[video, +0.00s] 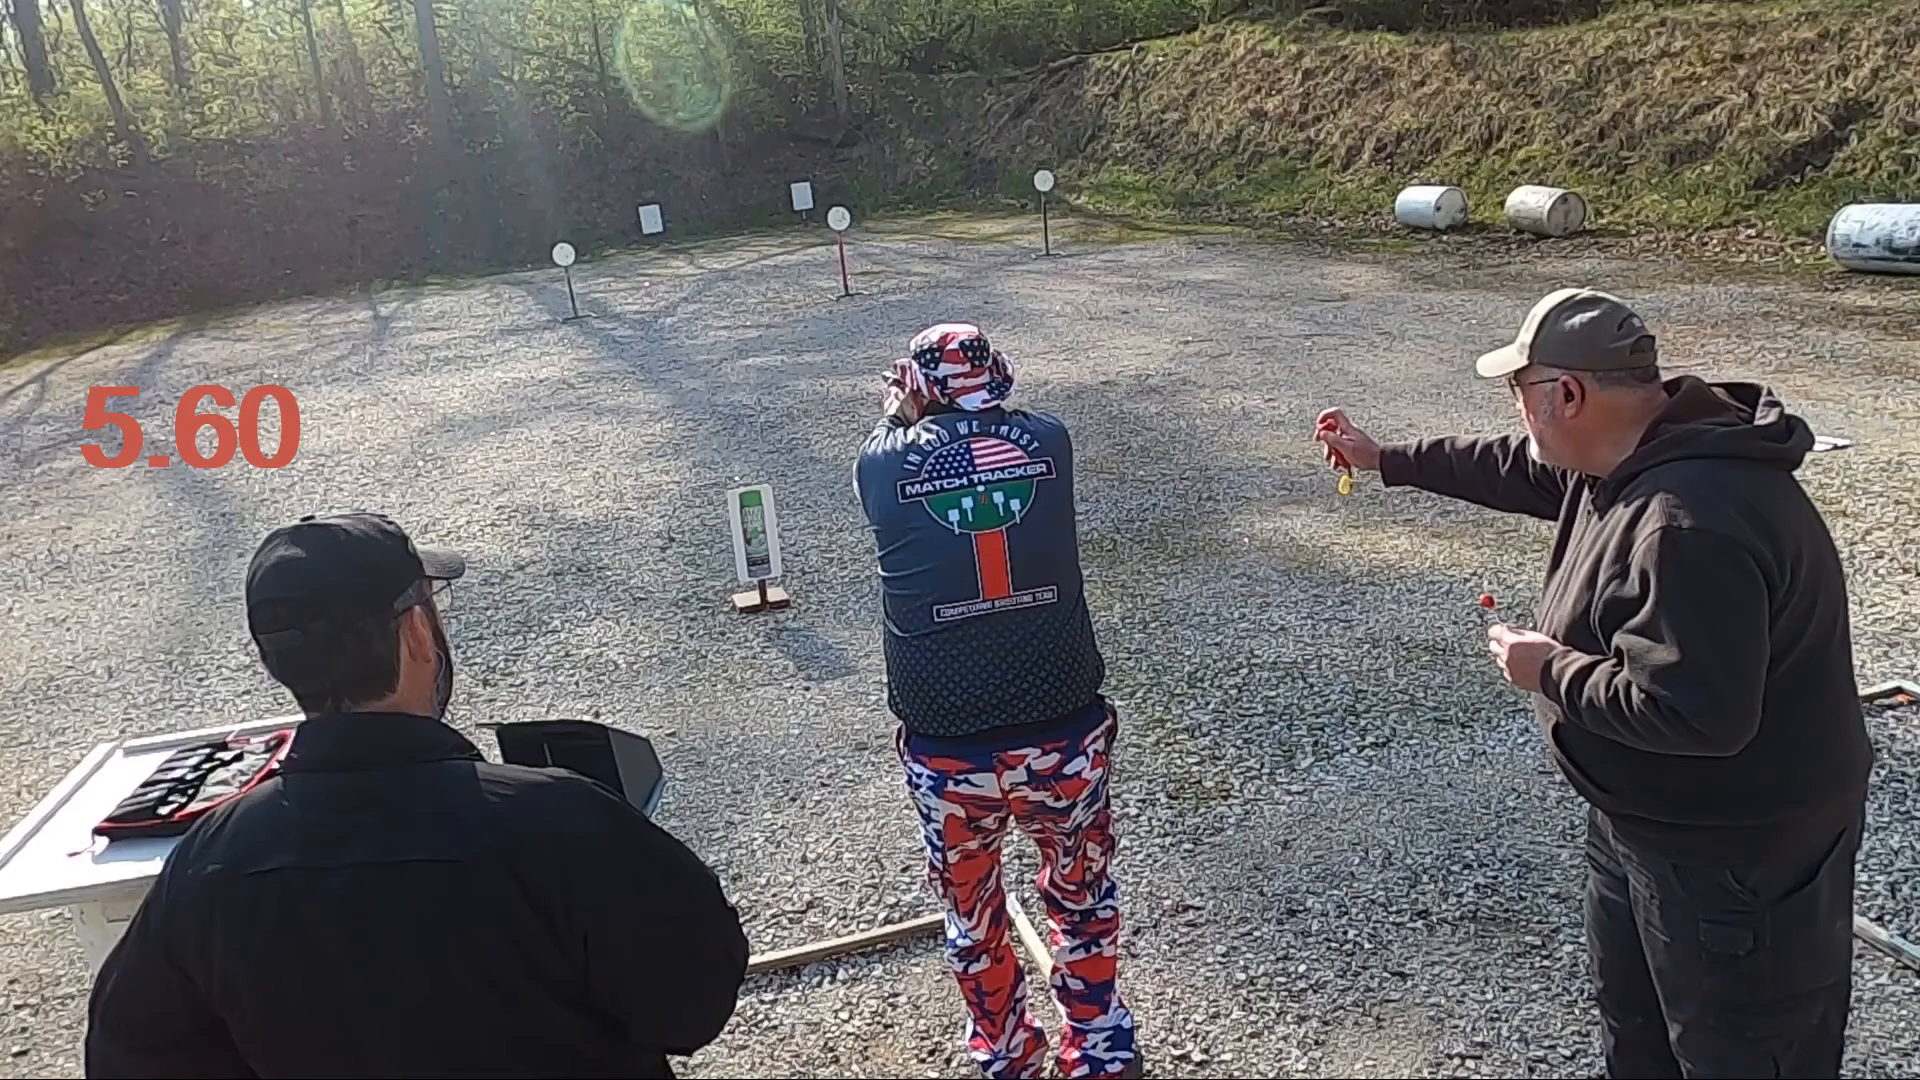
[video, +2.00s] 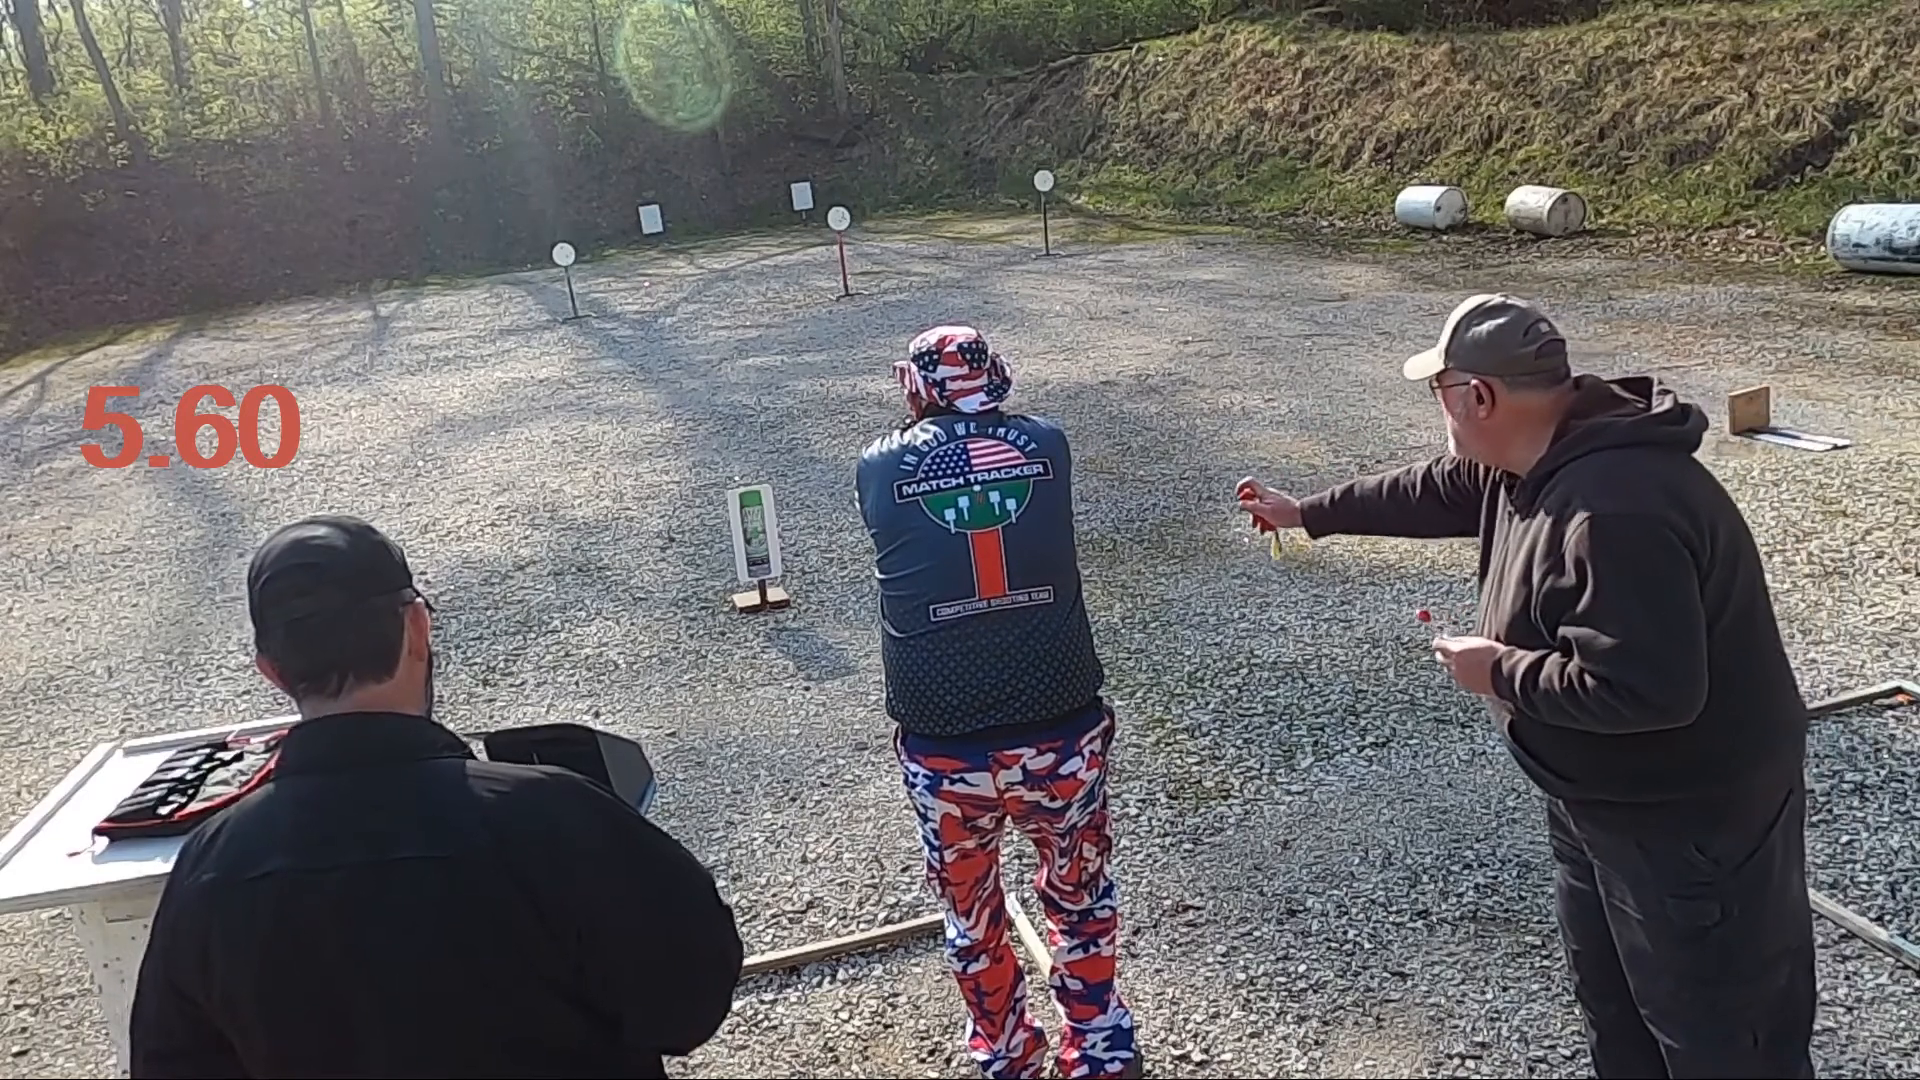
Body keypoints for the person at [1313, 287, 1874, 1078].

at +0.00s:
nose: (1518, 408)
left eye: (1521, 391)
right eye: (1516, 391)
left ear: (1568, 397)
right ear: (1579, 395)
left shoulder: (1689, 525)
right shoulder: (1619, 461)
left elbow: (1703, 716)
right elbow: (1510, 466)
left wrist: (1550, 669)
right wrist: (1383, 457)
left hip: (1735, 855)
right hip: (1640, 821)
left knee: (1743, 1058)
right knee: (1639, 1037)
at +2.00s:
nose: (1443, 416)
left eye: (1443, 396)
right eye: (1441, 397)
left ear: (1481, 398)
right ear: (1502, 390)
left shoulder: (1612, 513)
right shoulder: (1527, 462)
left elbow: (1653, 692)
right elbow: (1435, 492)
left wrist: (1501, 671)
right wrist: (1305, 511)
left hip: (1689, 821)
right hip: (1599, 798)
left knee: (1721, 1043)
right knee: (1620, 1019)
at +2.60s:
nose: (1420, 402)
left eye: (1422, 386)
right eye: (1420, 387)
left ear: (1459, 389)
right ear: (1477, 386)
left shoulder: (1614, 488)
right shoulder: (1491, 453)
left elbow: (1664, 661)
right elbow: (1368, 441)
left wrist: (1503, 655)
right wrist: (1226, 423)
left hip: (1685, 808)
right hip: (1587, 793)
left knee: (1720, 1039)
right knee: (1620, 1023)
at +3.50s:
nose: (1440, 401)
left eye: (1440, 386)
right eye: (1439, 386)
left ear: (1470, 393)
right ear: (1535, 373)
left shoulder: (1619, 482)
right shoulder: (1522, 462)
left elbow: (1682, 647)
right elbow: (1434, 495)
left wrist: (1521, 655)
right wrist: (1306, 488)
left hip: (1716, 811)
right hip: (1607, 797)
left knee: (1765, 1048)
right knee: (1633, 1036)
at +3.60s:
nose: (1457, 408)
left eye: (1455, 391)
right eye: (1453, 392)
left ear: (1483, 397)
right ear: (1549, 375)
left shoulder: (1629, 491)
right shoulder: (1558, 466)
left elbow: (1682, 658)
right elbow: (1496, 529)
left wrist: (1527, 659)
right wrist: (1365, 520)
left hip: (1725, 815)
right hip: (1621, 800)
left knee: (1784, 1050)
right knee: (1638, 1036)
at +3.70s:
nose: (1478, 412)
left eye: (1476, 395)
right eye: (1475, 395)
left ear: (1504, 400)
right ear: (1577, 374)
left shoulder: (1638, 498)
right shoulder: (1589, 463)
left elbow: (1693, 674)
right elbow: (1550, 553)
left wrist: (1538, 665)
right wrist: (1431, 551)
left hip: (1742, 826)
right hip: (1637, 807)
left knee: (1801, 1051)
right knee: (1642, 1034)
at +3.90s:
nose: (1532, 422)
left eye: (1533, 405)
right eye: (1532, 404)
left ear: (1564, 413)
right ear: (1634, 390)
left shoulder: (1696, 520)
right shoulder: (1657, 470)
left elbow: (1740, 705)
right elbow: (1647, 587)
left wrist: (1585, 687)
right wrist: (1537, 579)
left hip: (1791, 848)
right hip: (1681, 819)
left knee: (1829, 1062)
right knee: (1657, 1038)